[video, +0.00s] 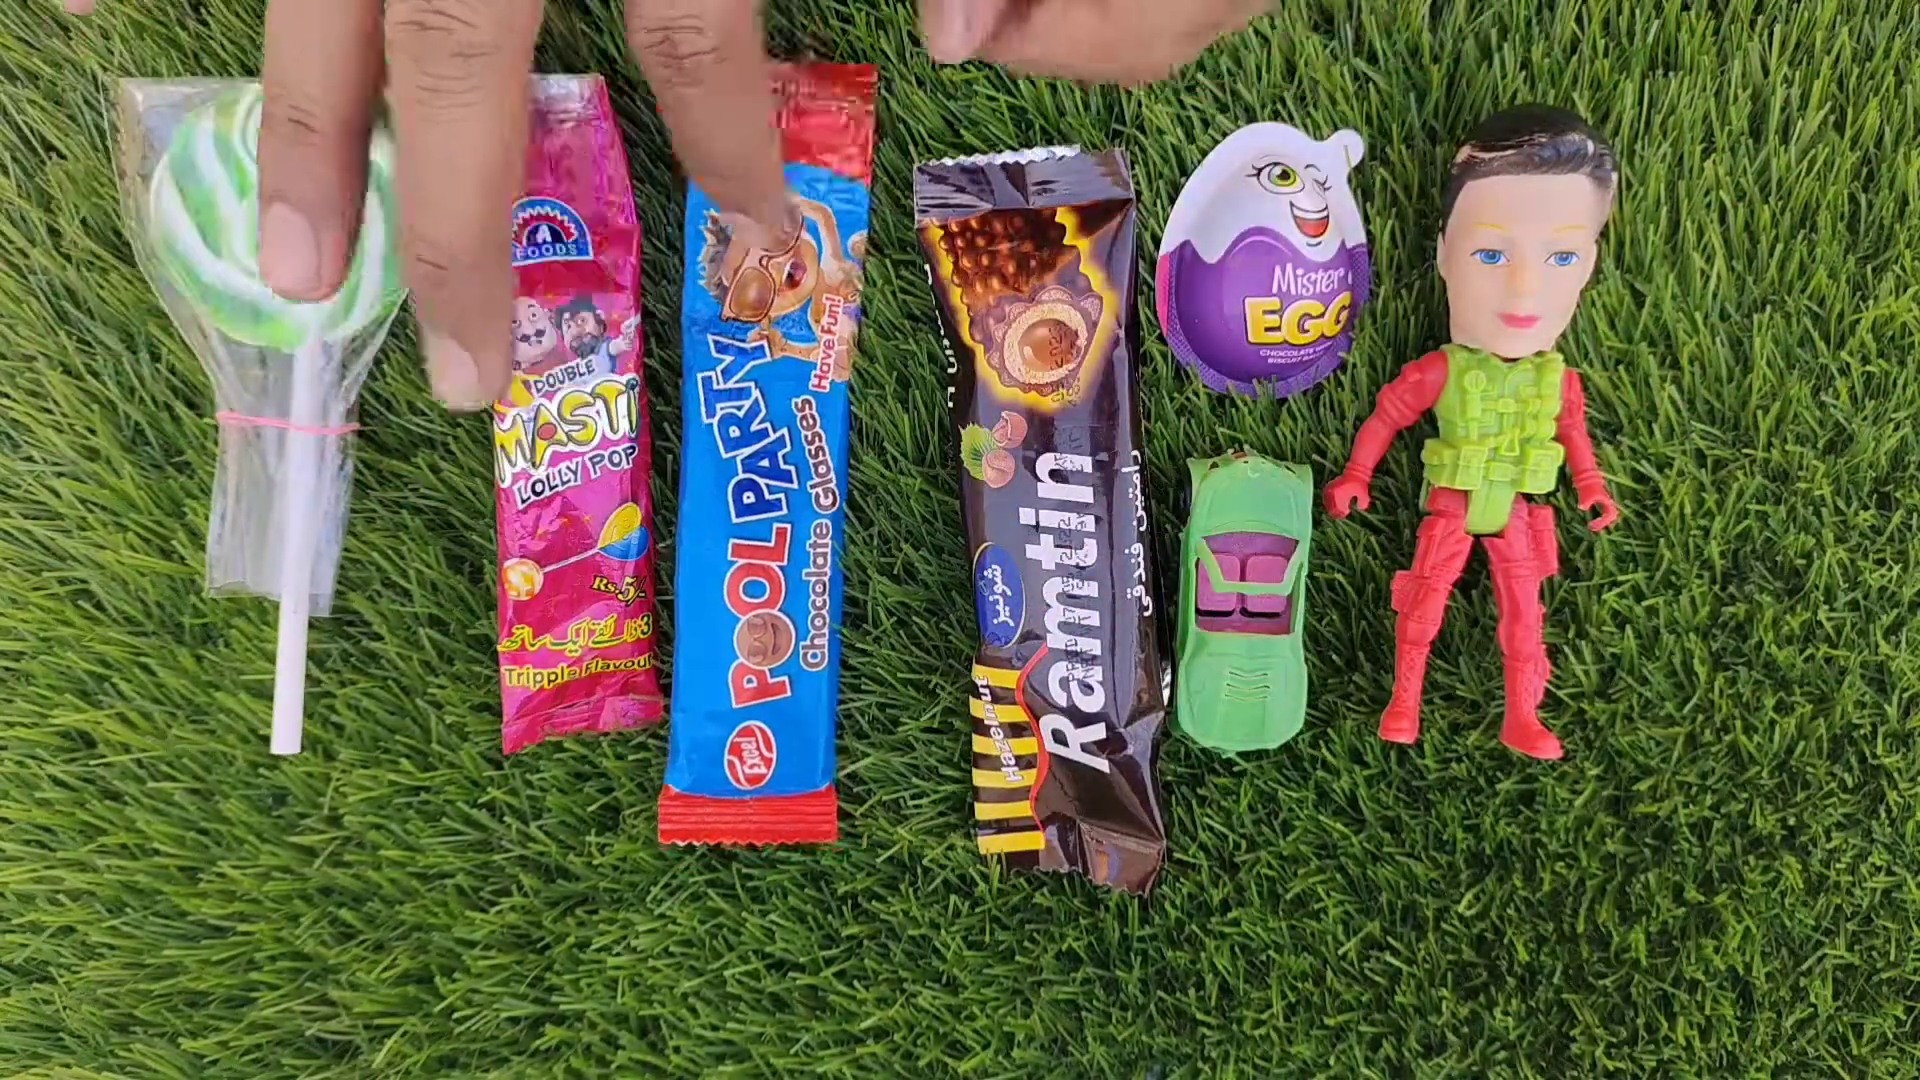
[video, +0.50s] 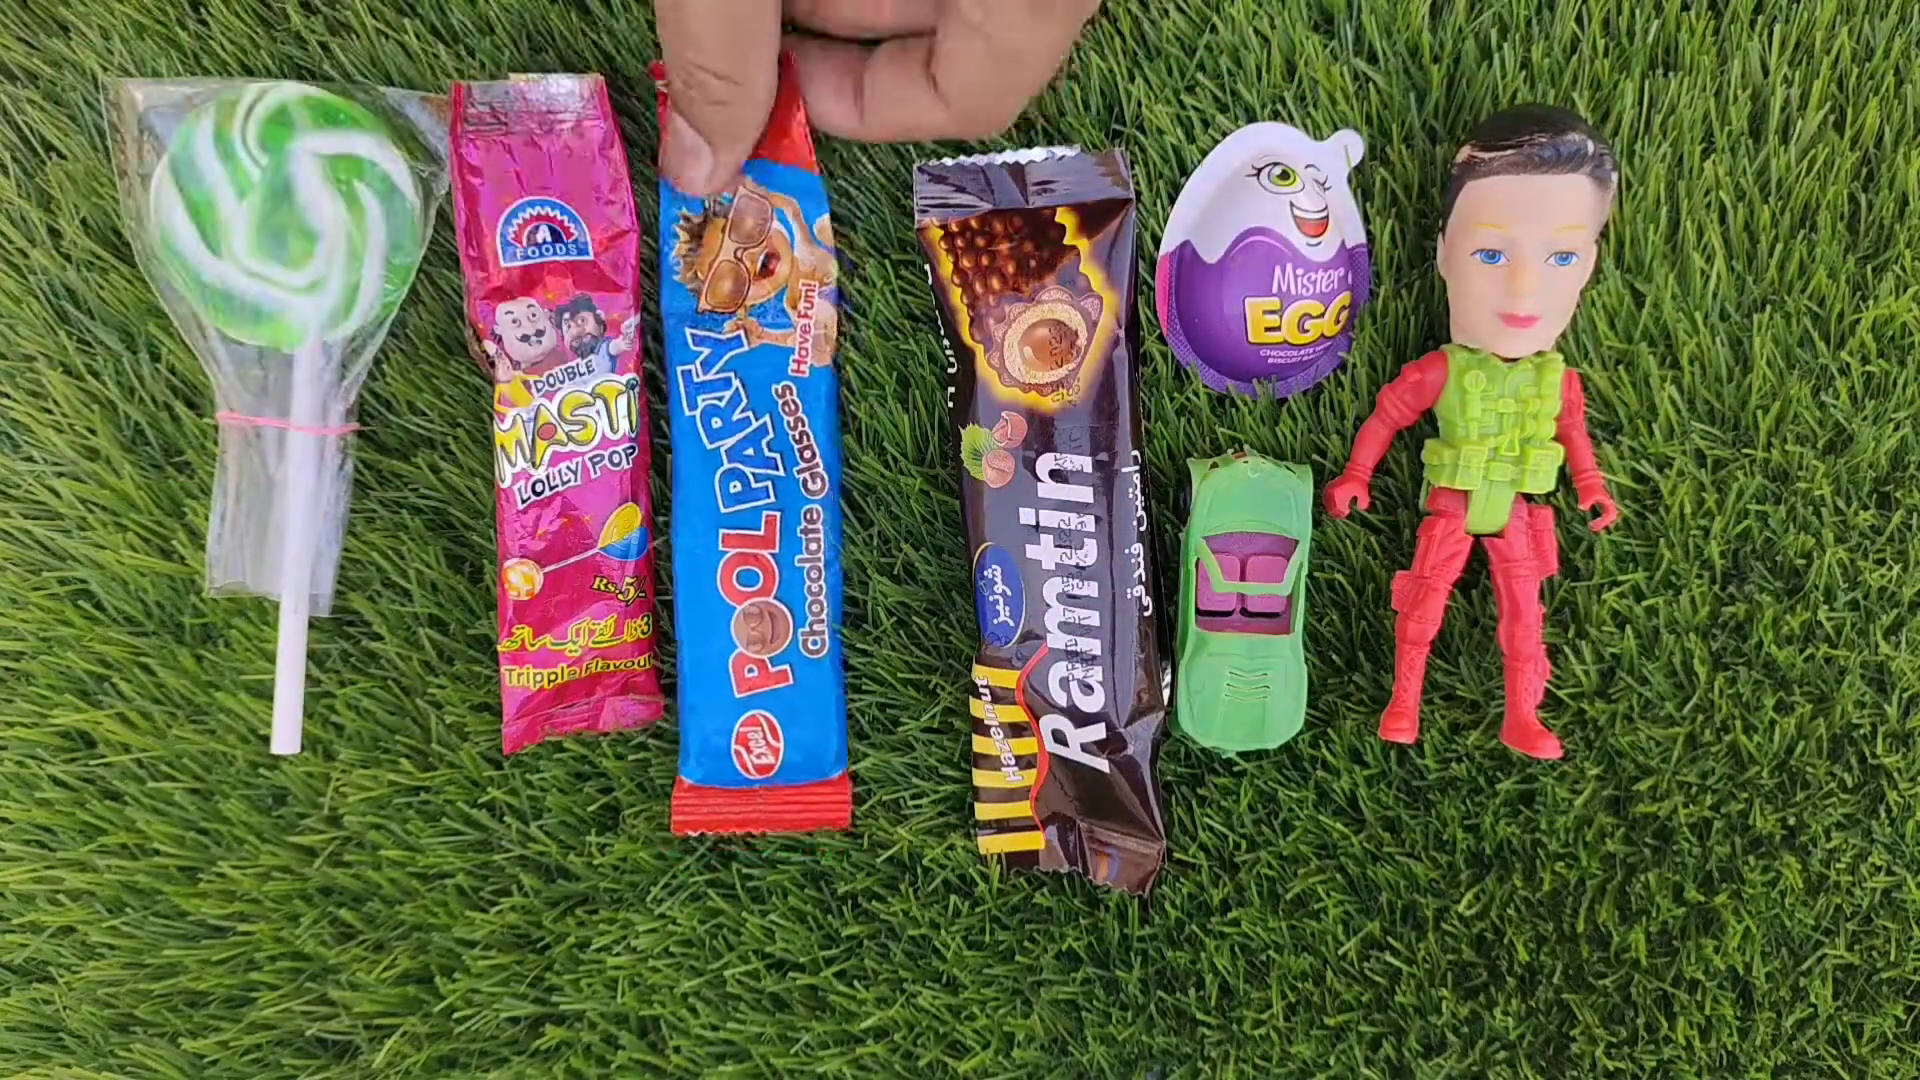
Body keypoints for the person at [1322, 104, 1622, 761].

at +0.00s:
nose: (1523, 284)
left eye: (1560, 257)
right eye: (1492, 254)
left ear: (1589, 271)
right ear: (1442, 260)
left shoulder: (1561, 381)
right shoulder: (1441, 371)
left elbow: (1576, 440)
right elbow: (1386, 418)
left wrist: (1590, 485)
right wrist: (1357, 473)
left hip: (1523, 509)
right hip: (1454, 501)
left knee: (1524, 612)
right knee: (1425, 601)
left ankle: (1521, 715)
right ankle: (1405, 698)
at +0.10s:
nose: (1523, 285)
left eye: (1560, 257)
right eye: (1492, 254)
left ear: (1589, 272)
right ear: (1442, 260)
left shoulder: (1561, 381)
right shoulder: (1441, 371)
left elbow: (1576, 440)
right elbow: (1386, 418)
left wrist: (1590, 484)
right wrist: (1357, 473)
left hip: (1523, 509)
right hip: (1453, 501)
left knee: (1524, 612)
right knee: (1425, 601)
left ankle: (1521, 716)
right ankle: (1405, 698)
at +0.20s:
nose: (1523, 285)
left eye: (1560, 257)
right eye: (1492, 254)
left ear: (1589, 271)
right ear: (1442, 259)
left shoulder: (1561, 381)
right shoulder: (1441, 371)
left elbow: (1576, 440)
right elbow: (1386, 418)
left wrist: (1590, 485)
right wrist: (1357, 473)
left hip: (1523, 509)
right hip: (1454, 500)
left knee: (1524, 612)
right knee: (1425, 601)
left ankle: (1521, 715)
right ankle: (1405, 698)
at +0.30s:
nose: (1523, 285)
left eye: (1560, 257)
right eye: (1491, 254)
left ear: (1589, 272)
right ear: (1442, 259)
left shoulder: (1561, 382)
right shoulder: (1441, 371)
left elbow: (1576, 441)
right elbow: (1386, 418)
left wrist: (1590, 485)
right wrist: (1357, 473)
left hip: (1523, 509)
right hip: (1453, 502)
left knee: (1524, 613)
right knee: (1424, 602)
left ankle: (1521, 716)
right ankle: (1406, 698)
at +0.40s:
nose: (1523, 285)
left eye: (1560, 257)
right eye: (1492, 254)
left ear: (1589, 272)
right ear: (1442, 259)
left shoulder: (1561, 382)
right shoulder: (1441, 371)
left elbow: (1576, 441)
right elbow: (1386, 418)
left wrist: (1590, 485)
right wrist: (1357, 473)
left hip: (1523, 509)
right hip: (1453, 502)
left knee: (1524, 613)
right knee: (1424, 602)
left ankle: (1521, 716)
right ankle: (1406, 698)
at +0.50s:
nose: (1523, 285)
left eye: (1560, 257)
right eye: (1492, 254)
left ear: (1589, 272)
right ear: (1442, 259)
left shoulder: (1561, 381)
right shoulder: (1441, 371)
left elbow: (1576, 441)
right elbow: (1386, 418)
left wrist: (1590, 485)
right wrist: (1357, 473)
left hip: (1523, 509)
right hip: (1453, 502)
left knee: (1524, 613)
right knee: (1424, 602)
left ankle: (1521, 716)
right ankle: (1406, 698)